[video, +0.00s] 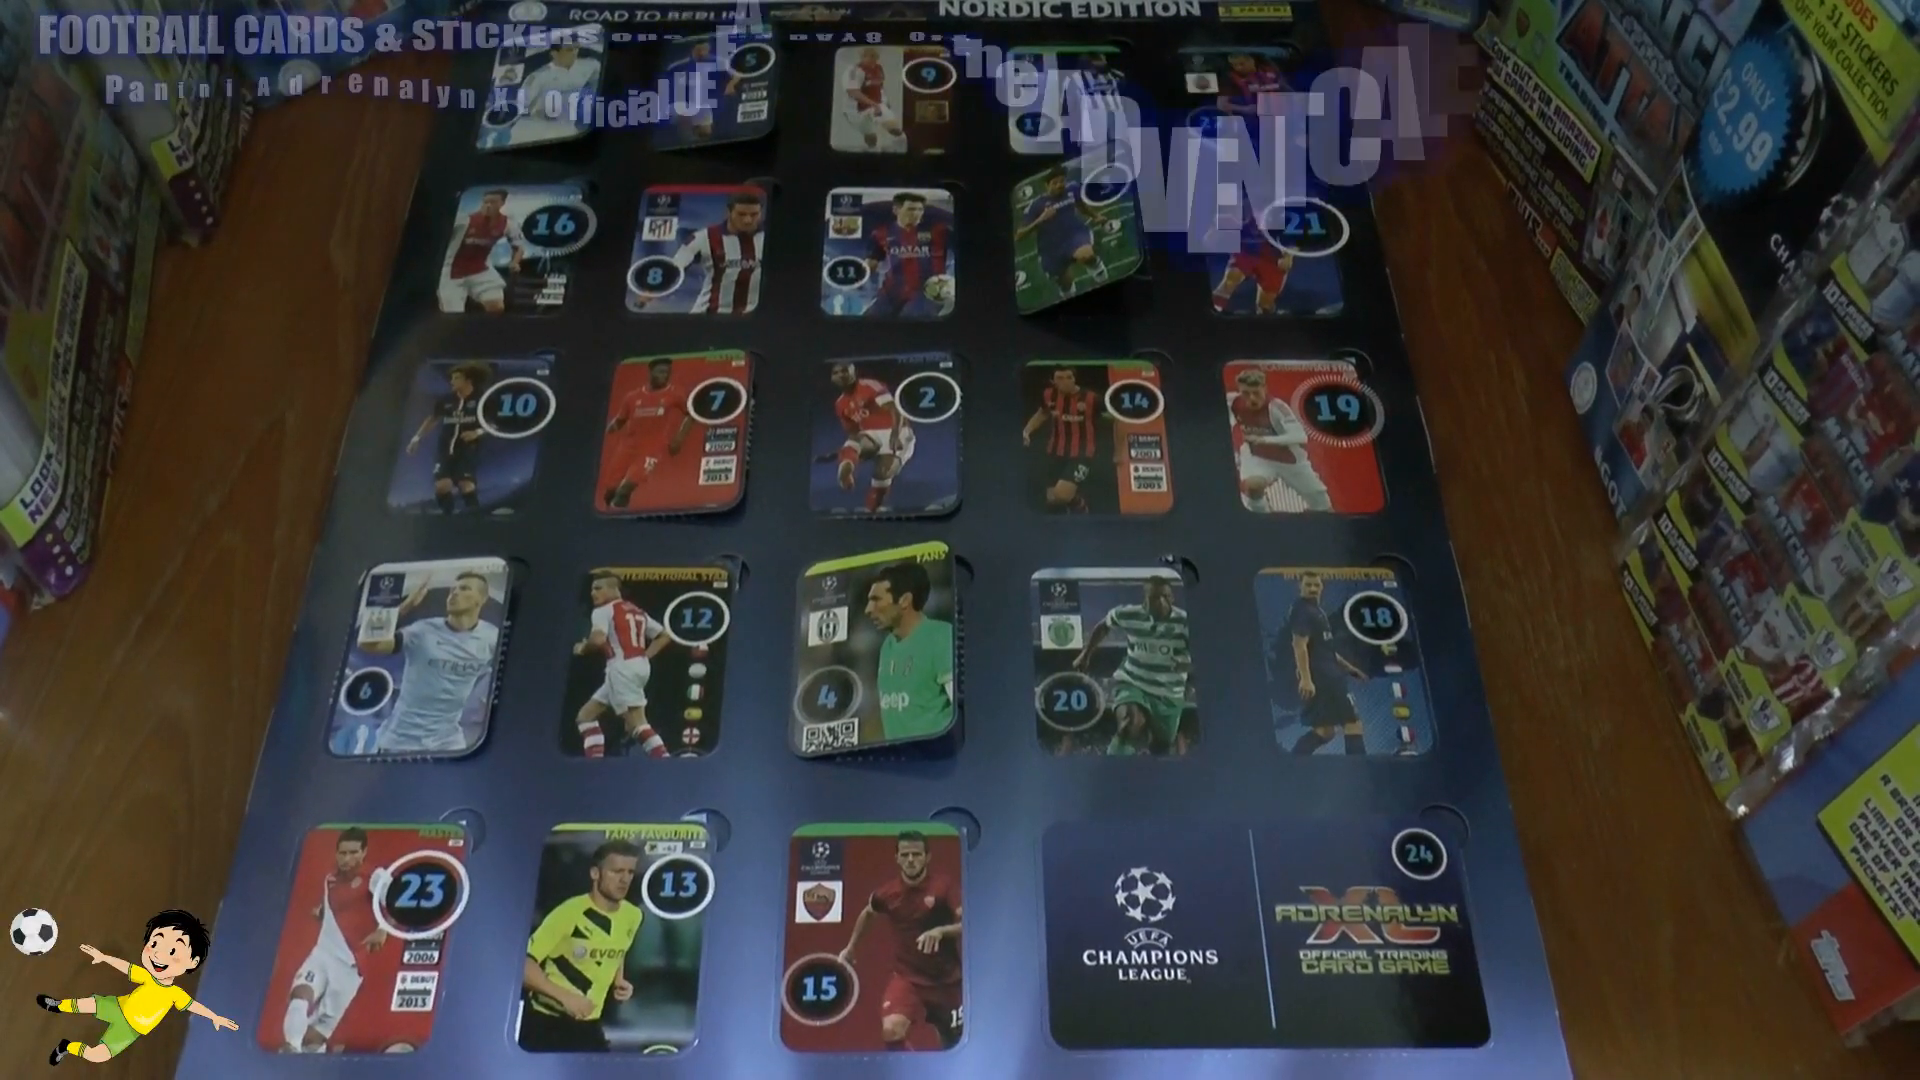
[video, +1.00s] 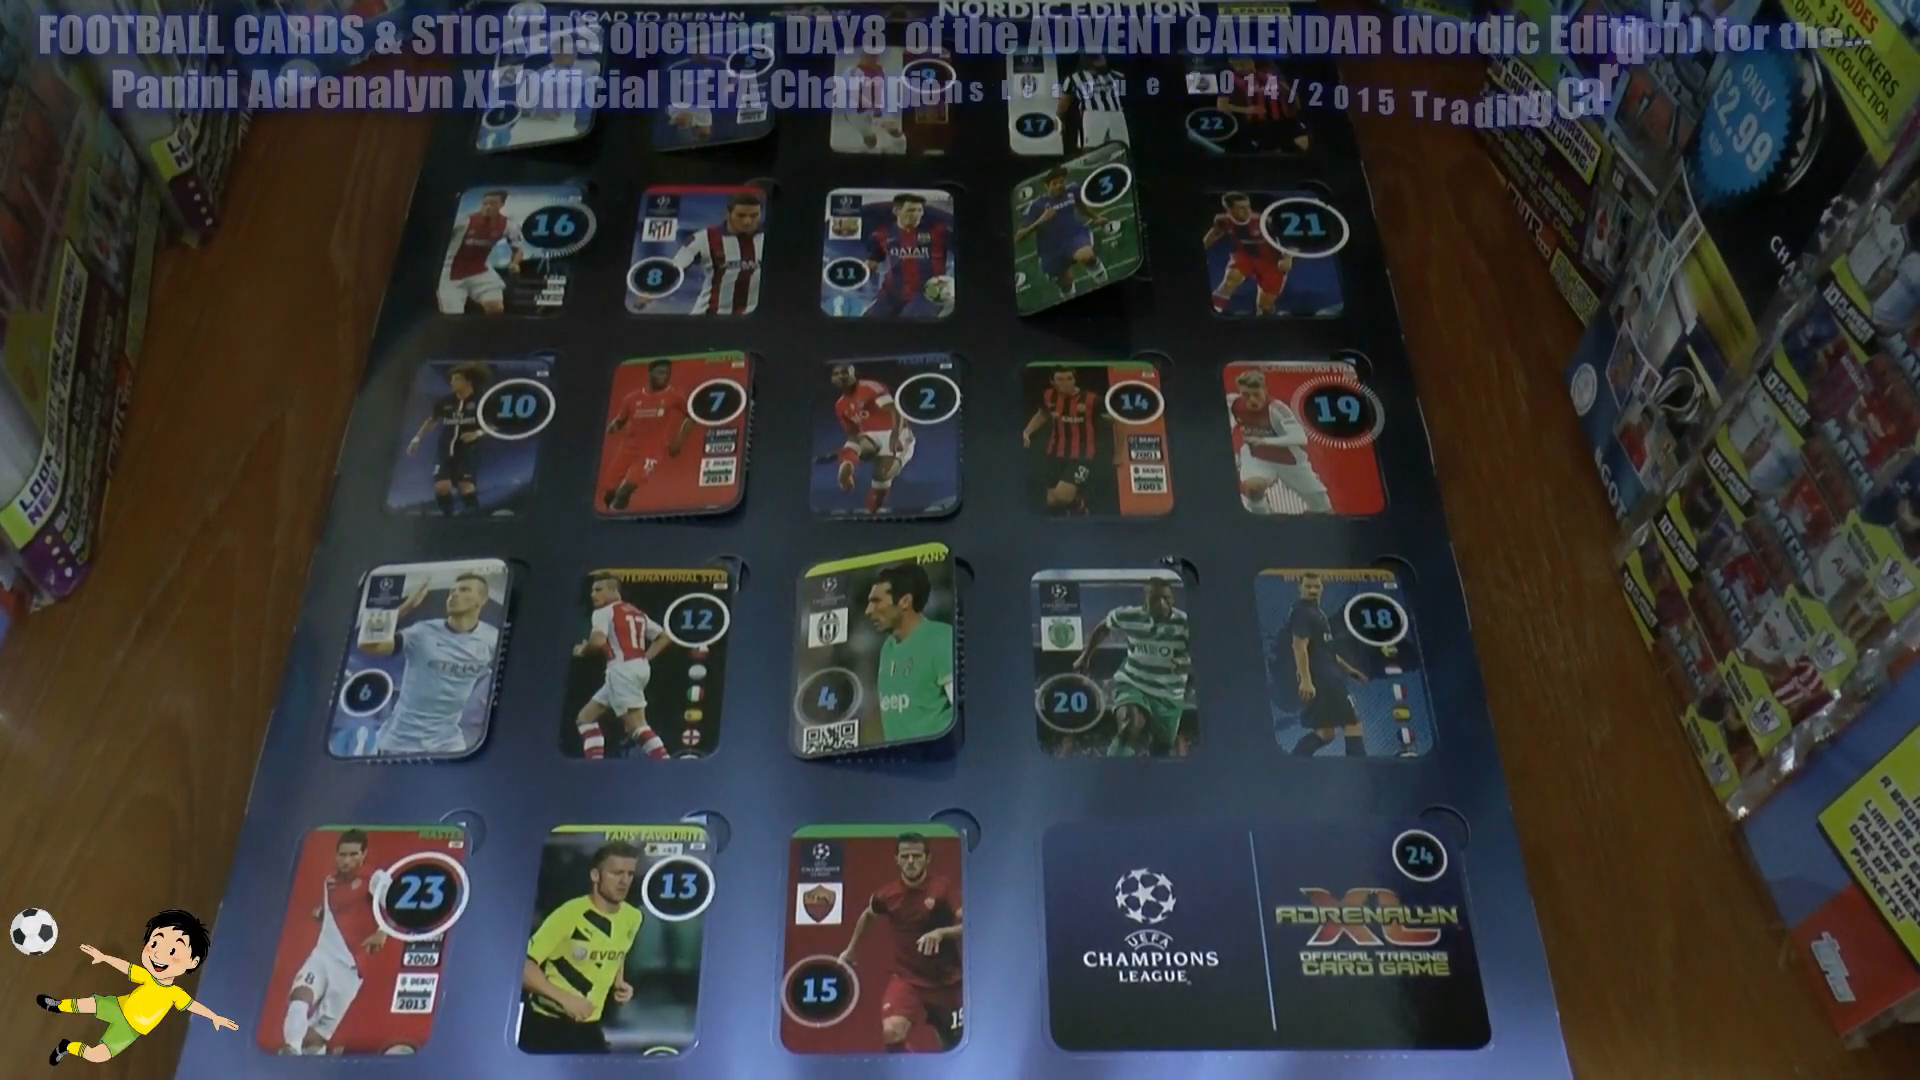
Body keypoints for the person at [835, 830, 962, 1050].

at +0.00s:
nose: (911, 860)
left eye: (916, 854)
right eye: (905, 855)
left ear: (927, 857)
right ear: (897, 859)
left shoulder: (944, 887)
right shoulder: (885, 895)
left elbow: (967, 924)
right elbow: (867, 914)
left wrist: (941, 931)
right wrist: (850, 948)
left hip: (946, 982)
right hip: (906, 979)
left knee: (955, 1048)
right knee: (891, 1030)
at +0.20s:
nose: (911, 860)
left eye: (916, 854)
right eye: (905, 855)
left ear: (927, 857)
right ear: (897, 859)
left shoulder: (944, 887)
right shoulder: (885, 895)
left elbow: (968, 924)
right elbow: (868, 914)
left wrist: (941, 931)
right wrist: (850, 948)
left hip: (947, 982)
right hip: (907, 979)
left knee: (955, 1048)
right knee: (892, 1030)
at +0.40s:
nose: (911, 861)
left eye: (917, 855)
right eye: (905, 855)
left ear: (927, 858)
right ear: (897, 859)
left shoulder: (944, 888)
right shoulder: (886, 895)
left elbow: (969, 925)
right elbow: (868, 915)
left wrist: (942, 931)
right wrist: (850, 948)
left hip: (947, 982)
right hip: (907, 979)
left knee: (954, 1048)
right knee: (892, 1030)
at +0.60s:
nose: (911, 862)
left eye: (916, 856)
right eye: (905, 856)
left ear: (927, 858)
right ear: (897, 860)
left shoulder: (944, 888)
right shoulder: (885, 896)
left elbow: (969, 925)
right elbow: (868, 916)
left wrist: (942, 932)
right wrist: (850, 949)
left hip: (947, 983)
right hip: (906, 980)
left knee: (955, 1050)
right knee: (892, 1031)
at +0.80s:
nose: (911, 862)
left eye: (916, 856)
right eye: (905, 857)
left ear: (927, 859)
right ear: (897, 860)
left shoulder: (944, 888)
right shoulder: (885, 896)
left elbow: (969, 925)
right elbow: (868, 916)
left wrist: (942, 933)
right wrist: (850, 950)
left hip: (946, 983)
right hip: (906, 980)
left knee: (955, 1049)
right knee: (892, 1031)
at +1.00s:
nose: (911, 862)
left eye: (916, 856)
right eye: (905, 857)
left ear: (927, 858)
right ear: (897, 860)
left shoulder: (943, 888)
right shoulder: (885, 896)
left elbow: (968, 926)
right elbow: (868, 916)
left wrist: (941, 933)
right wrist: (850, 949)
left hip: (946, 983)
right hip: (906, 980)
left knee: (955, 1049)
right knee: (892, 1031)